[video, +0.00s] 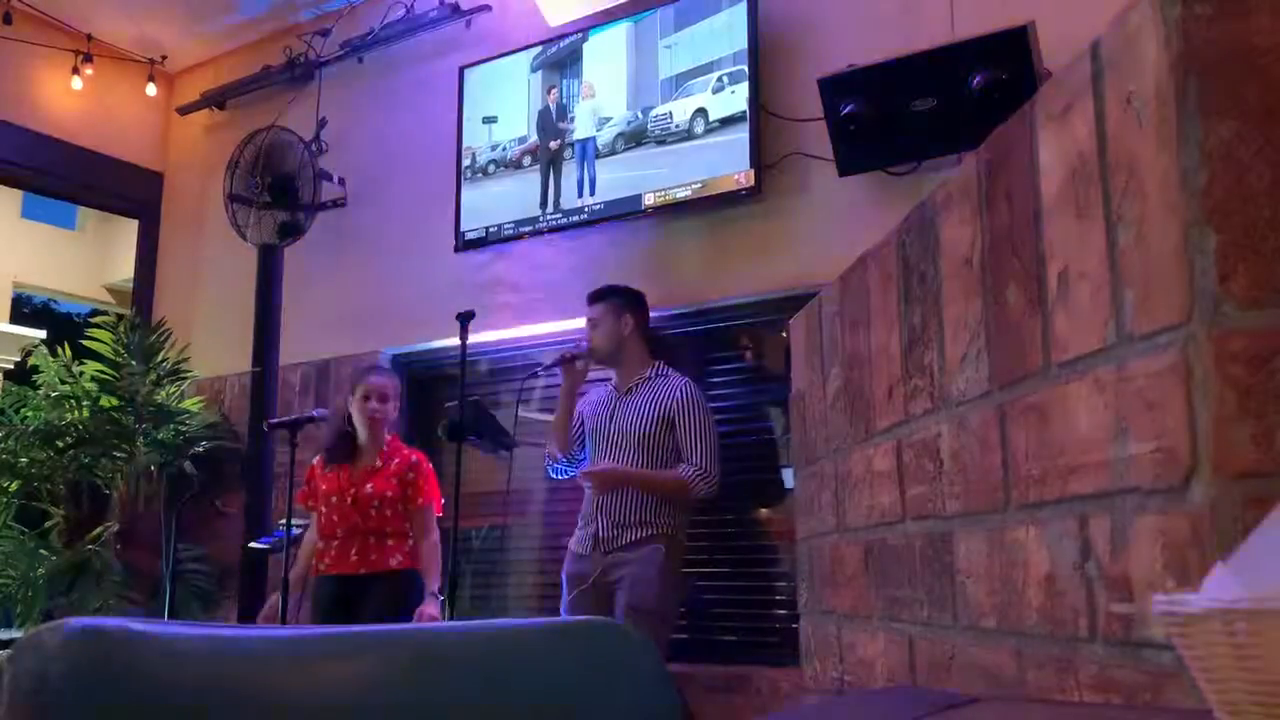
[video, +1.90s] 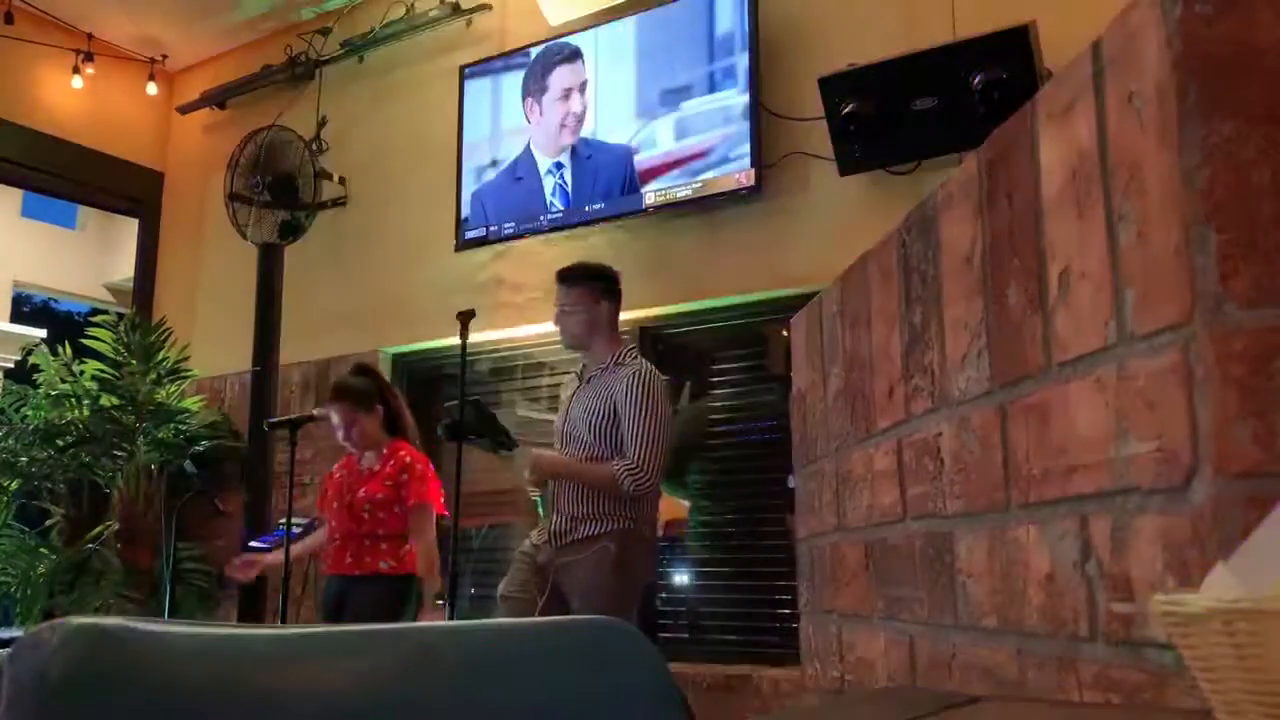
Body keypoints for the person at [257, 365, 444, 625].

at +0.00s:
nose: (374, 407)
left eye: (383, 399)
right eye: (365, 398)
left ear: (396, 407)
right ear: (350, 404)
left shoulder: (412, 464)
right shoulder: (324, 465)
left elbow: (428, 536)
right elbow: (315, 534)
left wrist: (431, 596)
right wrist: (285, 593)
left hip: (392, 586)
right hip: (333, 586)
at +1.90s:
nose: (343, 436)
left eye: (351, 425)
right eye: (338, 427)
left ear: (378, 413)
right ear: (332, 423)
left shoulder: (411, 465)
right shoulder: (342, 471)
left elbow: (424, 538)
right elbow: (329, 532)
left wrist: (431, 604)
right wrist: (266, 560)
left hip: (388, 585)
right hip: (340, 584)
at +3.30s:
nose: (345, 419)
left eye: (350, 409)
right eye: (344, 411)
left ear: (379, 407)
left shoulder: (414, 462)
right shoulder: (347, 463)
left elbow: (424, 532)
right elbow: (324, 522)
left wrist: (415, 597)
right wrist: (257, 510)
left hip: (391, 581)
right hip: (342, 581)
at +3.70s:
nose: (344, 416)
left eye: (352, 407)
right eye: (342, 408)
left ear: (381, 407)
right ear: (341, 410)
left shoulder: (414, 463)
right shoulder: (337, 464)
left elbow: (428, 537)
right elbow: (283, 502)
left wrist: (435, 605)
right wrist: (228, 469)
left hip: (392, 584)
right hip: (338, 585)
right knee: (336, 681)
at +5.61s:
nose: (356, 411)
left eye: (367, 403)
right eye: (354, 403)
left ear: (396, 407)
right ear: (351, 404)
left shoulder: (416, 465)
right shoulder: (335, 461)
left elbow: (429, 538)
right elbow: (278, 502)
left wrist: (431, 602)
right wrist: (225, 470)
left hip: (390, 584)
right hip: (332, 582)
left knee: (379, 677)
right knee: (324, 674)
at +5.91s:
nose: (356, 408)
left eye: (367, 400)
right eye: (355, 400)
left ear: (397, 404)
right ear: (354, 401)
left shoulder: (420, 465)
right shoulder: (338, 458)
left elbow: (431, 540)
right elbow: (300, 513)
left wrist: (437, 605)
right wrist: (239, 490)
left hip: (393, 587)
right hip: (334, 587)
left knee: (388, 686)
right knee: (329, 684)